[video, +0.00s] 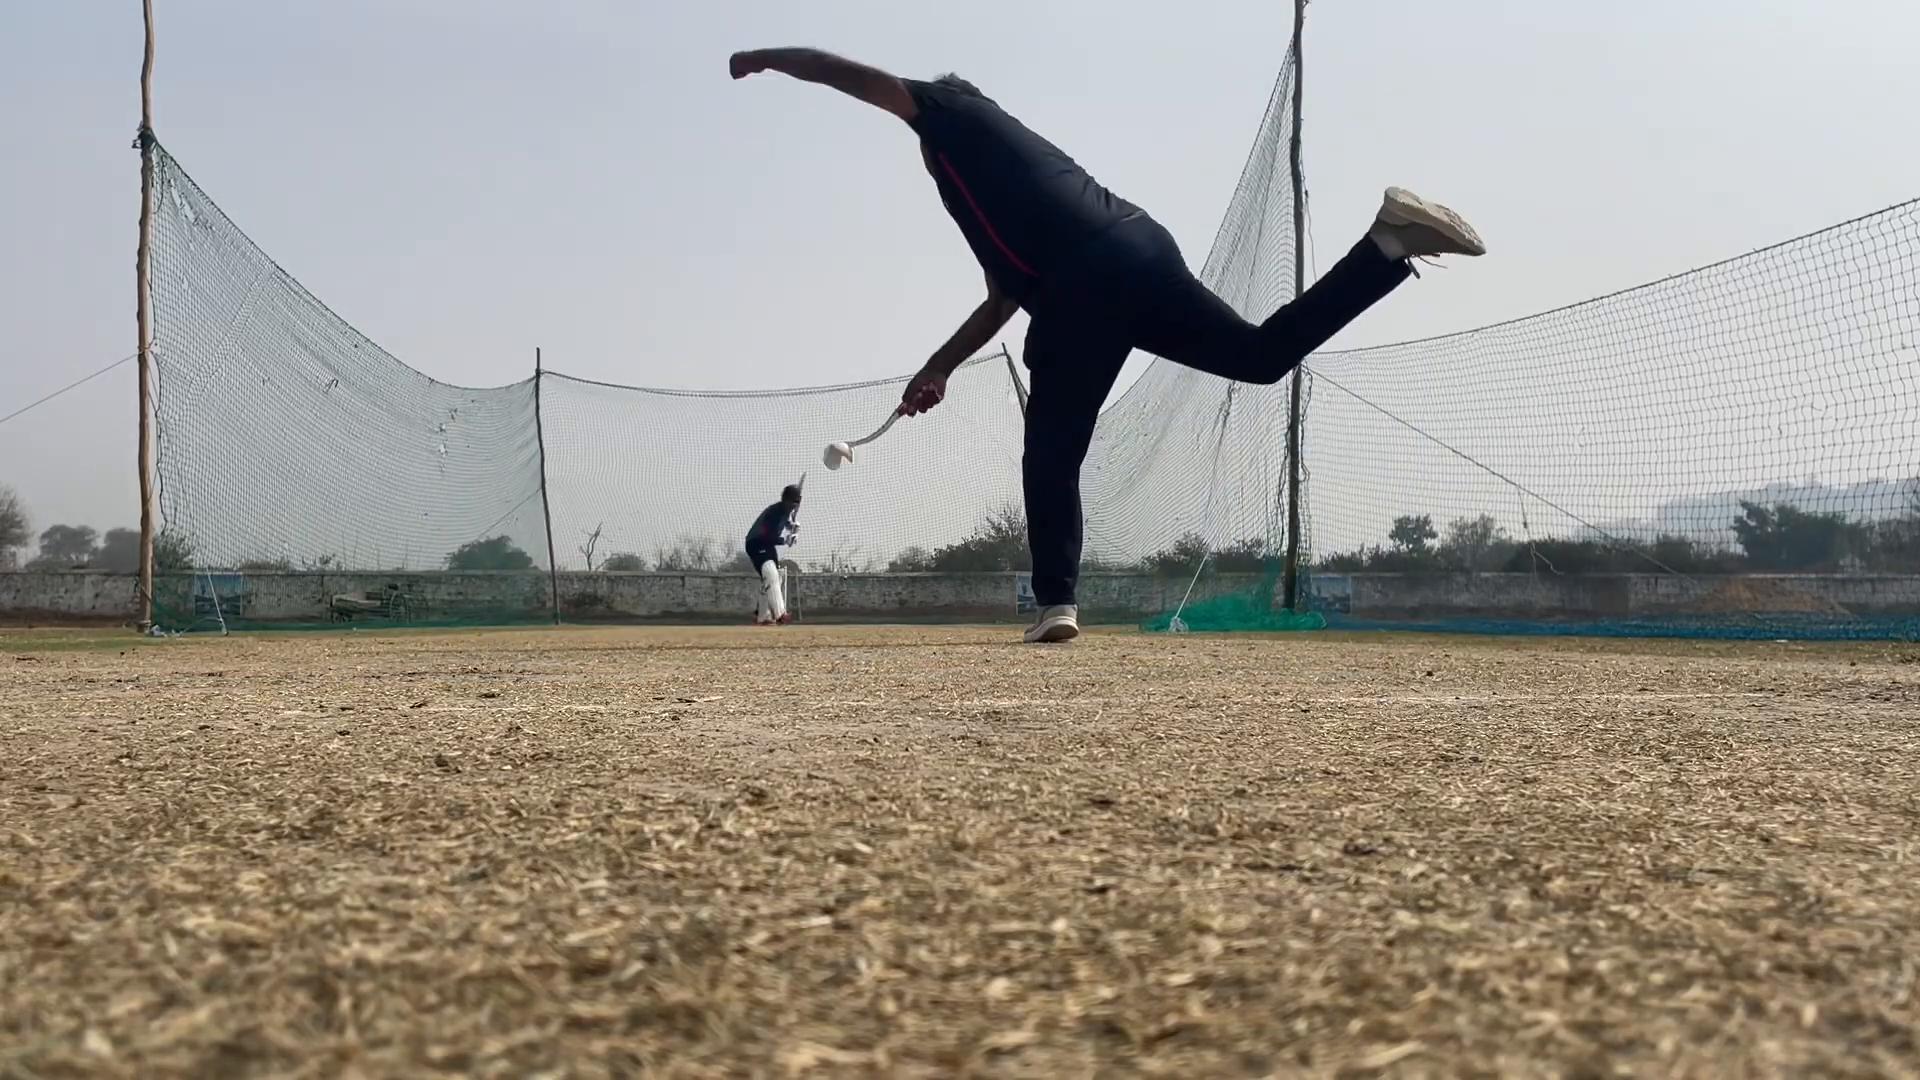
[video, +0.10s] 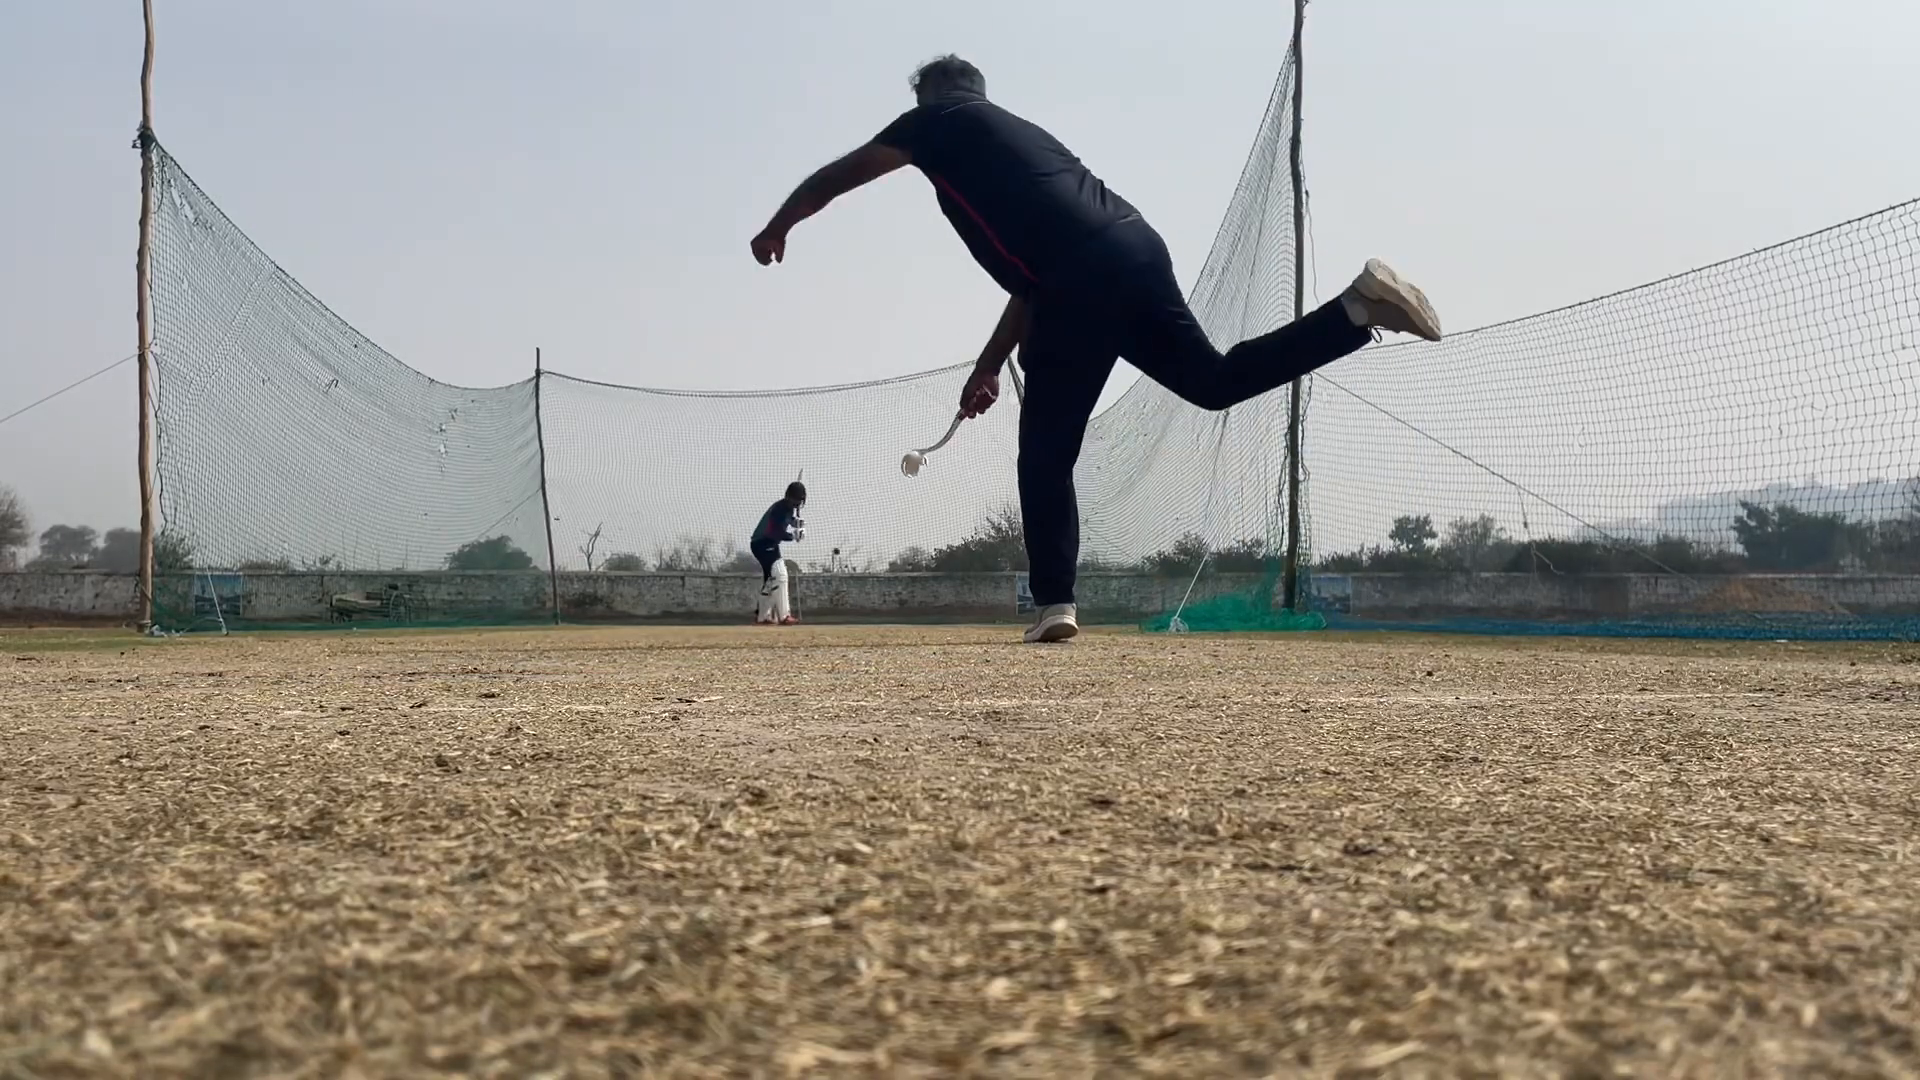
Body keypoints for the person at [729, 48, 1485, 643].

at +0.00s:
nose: (905, 126)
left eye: (910, 114)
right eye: (911, 122)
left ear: (930, 105)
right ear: (974, 131)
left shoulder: (947, 111)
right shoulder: (1009, 185)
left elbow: (847, 76)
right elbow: (1003, 296)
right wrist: (937, 369)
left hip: (1077, 284)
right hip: (1145, 257)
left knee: (1051, 455)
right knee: (1260, 359)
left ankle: (1054, 609)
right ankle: (1393, 245)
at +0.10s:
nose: (917, 114)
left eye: (919, 104)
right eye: (925, 105)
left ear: (929, 98)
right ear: (978, 94)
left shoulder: (936, 120)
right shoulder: (1018, 134)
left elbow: (835, 179)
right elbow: (1038, 273)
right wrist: (989, 362)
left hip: (1072, 287)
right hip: (1137, 257)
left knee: (1045, 459)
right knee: (1218, 381)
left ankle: (1054, 612)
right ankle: (1360, 311)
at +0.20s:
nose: (915, 115)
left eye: (915, 104)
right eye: (918, 104)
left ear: (924, 99)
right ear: (972, 90)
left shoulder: (932, 131)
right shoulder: (1012, 129)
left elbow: (884, 244)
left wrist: (853, 339)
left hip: (1066, 276)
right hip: (1130, 254)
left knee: (1040, 451)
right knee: (1154, 402)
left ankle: (1053, 609)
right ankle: (1306, 396)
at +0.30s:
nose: (913, 119)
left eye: (911, 109)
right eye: (912, 109)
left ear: (918, 102)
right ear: (969, 94)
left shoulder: (930, 143)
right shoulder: (1012, 125)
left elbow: (952, 242)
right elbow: (1053, 212)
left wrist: (963, 359)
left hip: (1054, 278)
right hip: (1121, 255)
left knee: (1031, 453)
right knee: (1109, 407)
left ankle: (1050, 606)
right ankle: (1232, 489)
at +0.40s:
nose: (913, 113)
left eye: (910, 104)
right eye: (913, 105)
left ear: (915, 99)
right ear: (969, 92)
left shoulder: (926, 137)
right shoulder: (1020, 129)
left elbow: (983, 185)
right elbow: (1112, 199)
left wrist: (1038, 251)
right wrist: (1151, 283)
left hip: (1045, 277)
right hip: (1114, 265)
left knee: (1027, 448)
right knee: (1084, 420)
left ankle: (1050, 605)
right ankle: (1137, 562)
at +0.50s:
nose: (916, 102)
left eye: (915, 94)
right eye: (918, 94)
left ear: (919, 91)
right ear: (974, 86)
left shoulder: (925, 123)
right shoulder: (1022, 124)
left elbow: (986, 146)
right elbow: (1104, 202)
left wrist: (1056, 185)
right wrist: (1162, 288)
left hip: (1042, 275)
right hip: (1105, 270)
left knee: (1024, 447)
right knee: (1064, 440)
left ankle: (1050, 603)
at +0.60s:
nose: (923, 92)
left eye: (923, 82)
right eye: (926, 83)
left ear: (929, 78)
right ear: (982, 79)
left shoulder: (931, 109)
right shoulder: (1026, 124)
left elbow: (983, 134)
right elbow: (1097, 220)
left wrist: (1035, 185)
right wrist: (1142, 309)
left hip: (1031, 281)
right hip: (1092, 280)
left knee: (1015, 450)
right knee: (1042, 449)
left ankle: (1051, 600)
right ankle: (1013, 595)